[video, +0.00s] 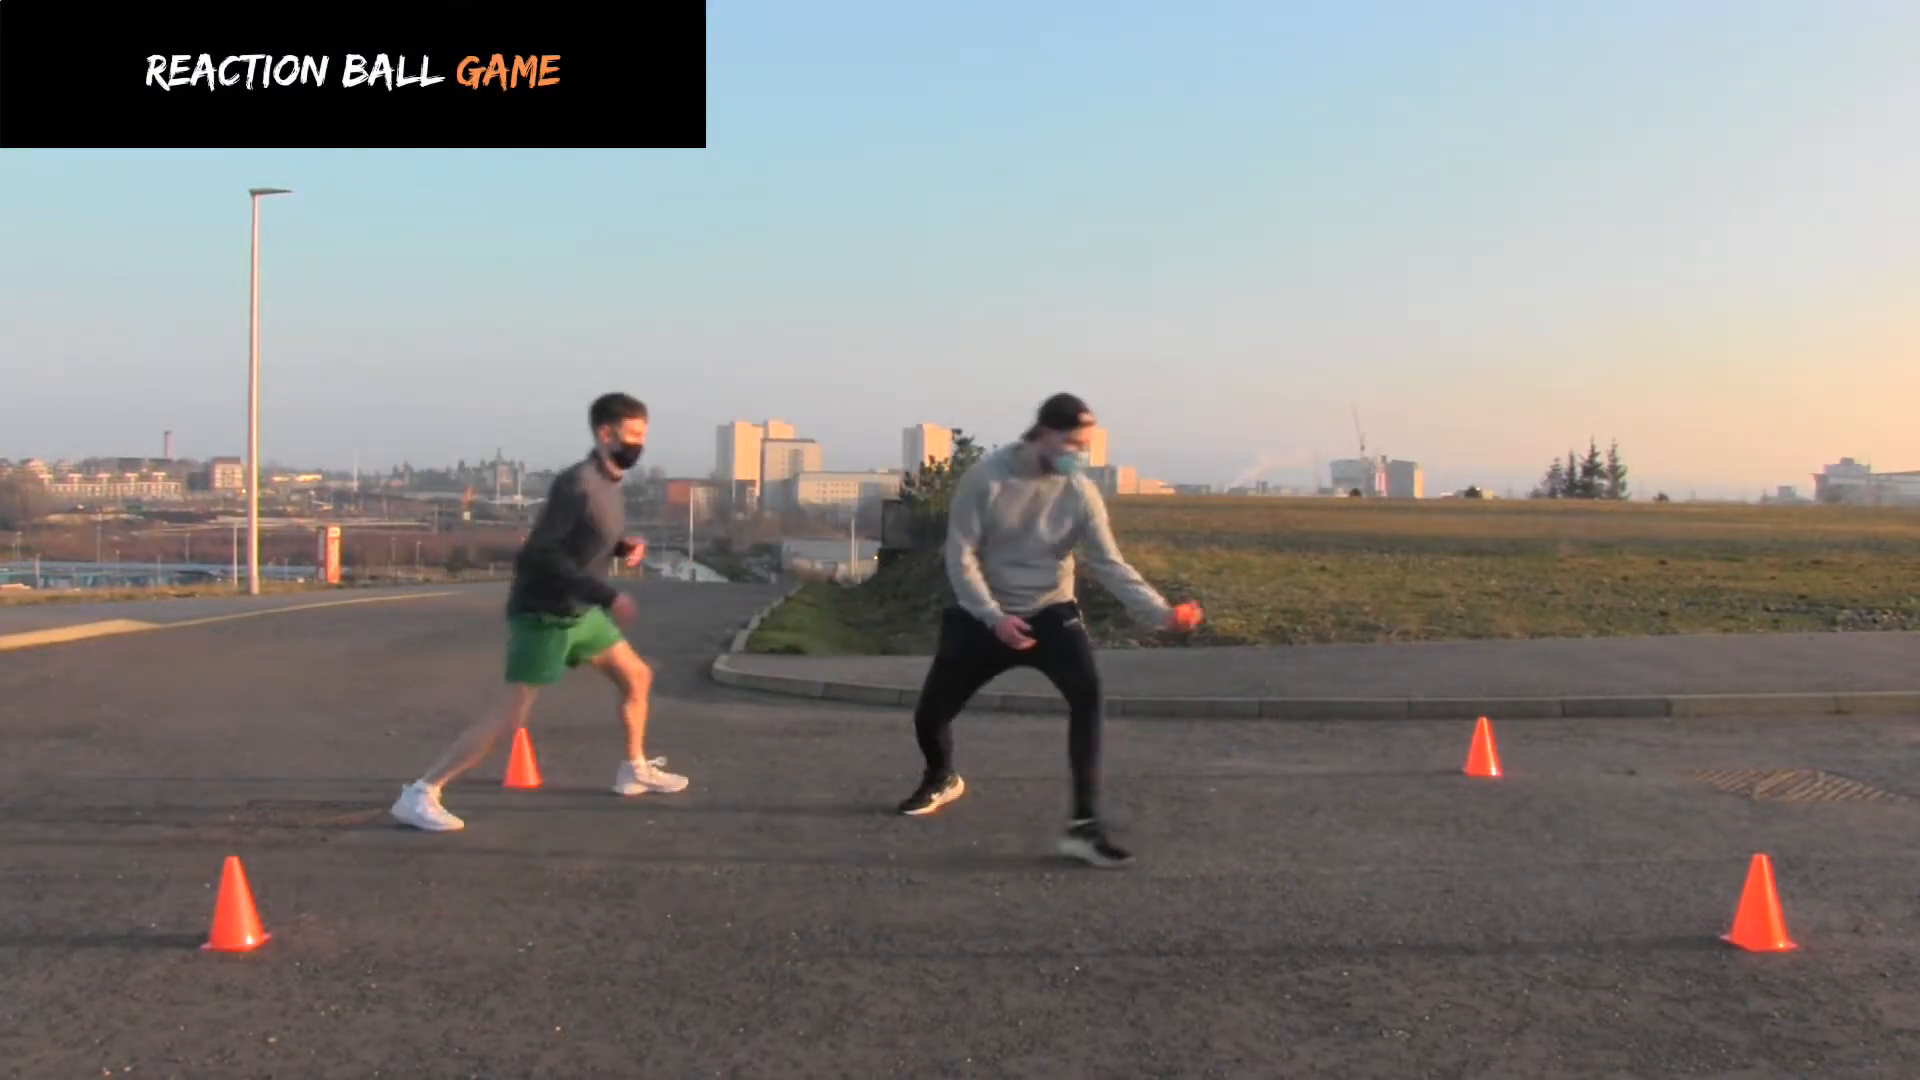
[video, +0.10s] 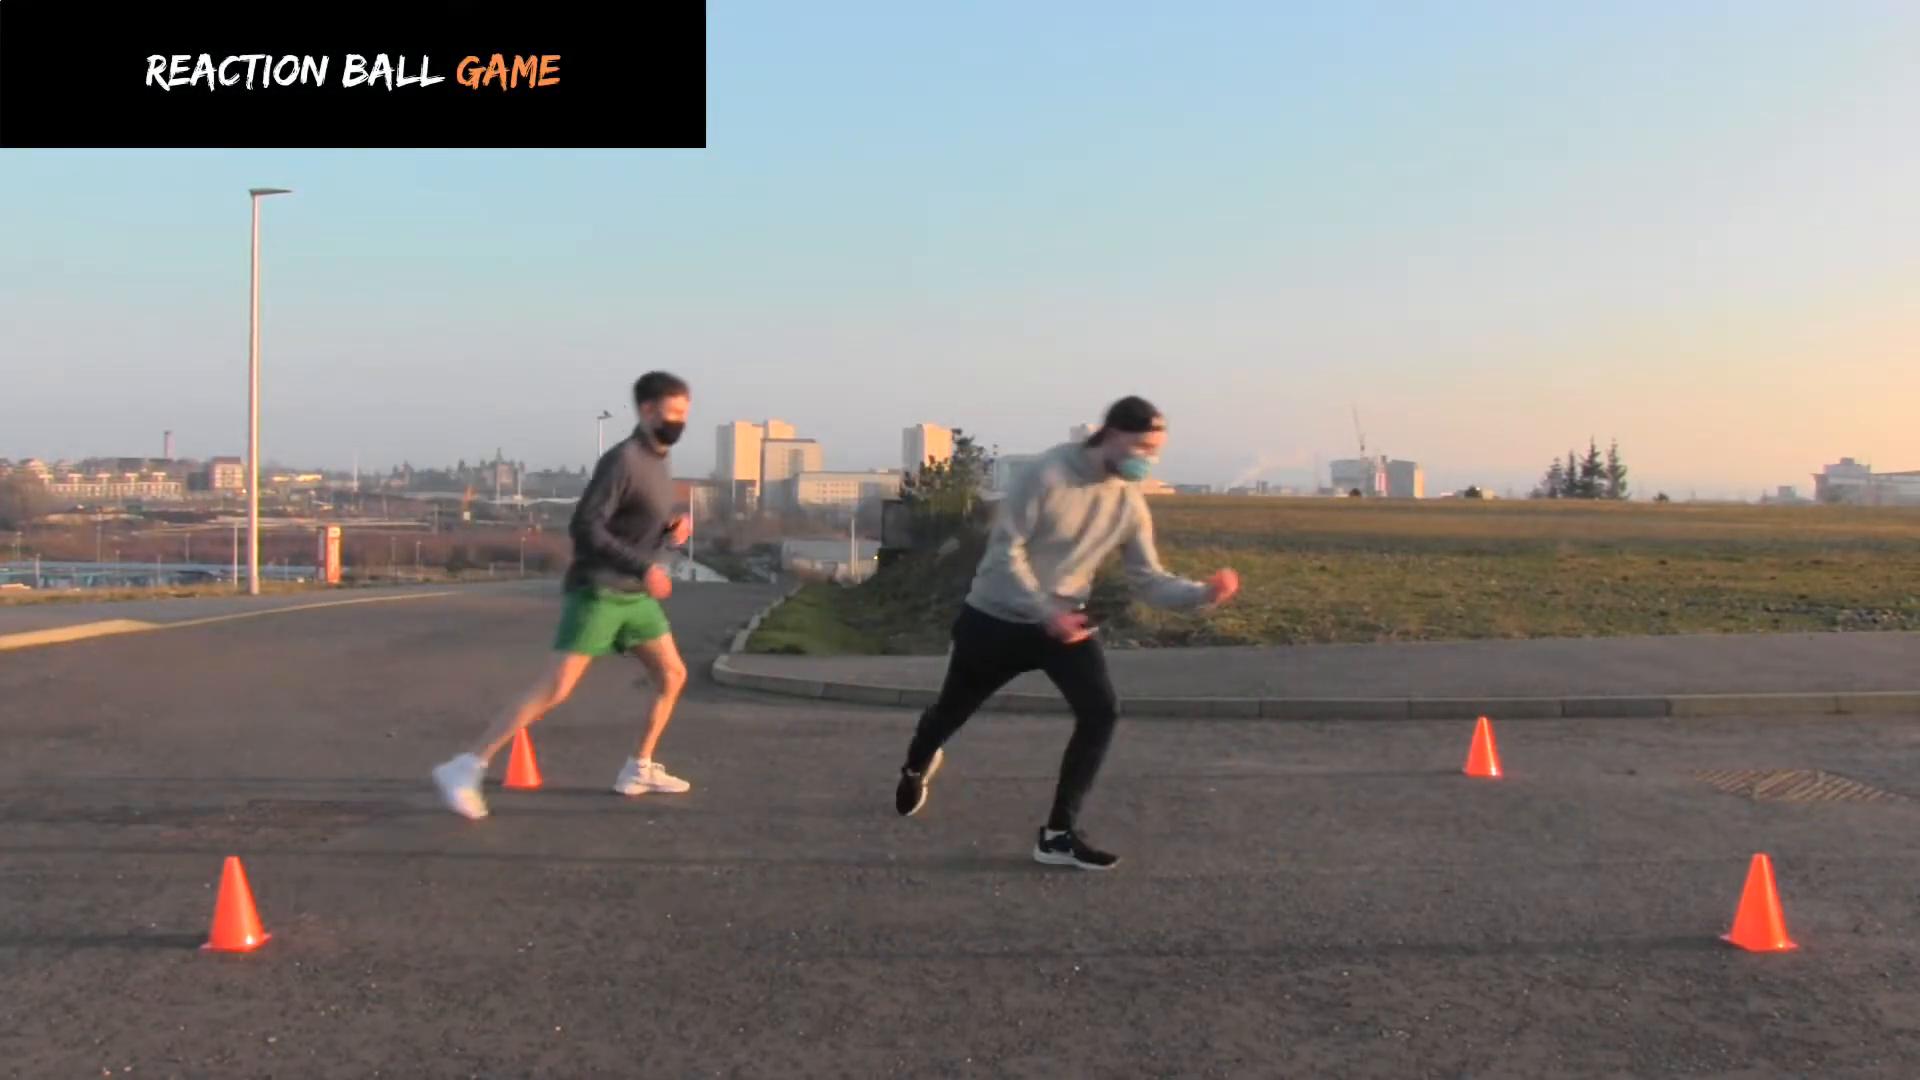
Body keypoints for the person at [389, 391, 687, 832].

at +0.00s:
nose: (639, 447)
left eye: (642, 438)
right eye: (632, 438)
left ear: (636, 436)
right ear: (604, 433)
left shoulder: (611, 484)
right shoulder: (575, 484)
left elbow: (591, 539)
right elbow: (541, 553)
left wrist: (621, 548)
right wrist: (606, 595)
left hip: (582, 612)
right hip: (541, 617)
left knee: (638, 678)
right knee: (510, 716)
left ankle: (635, 768)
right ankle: (421, 793)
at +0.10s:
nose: (678, 425)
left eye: (683, 416)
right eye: (670, 415)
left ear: (685, 414)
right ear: (644, 411)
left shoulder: (661, 464)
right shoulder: (621, 461)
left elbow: (642, 528)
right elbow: (587, 529)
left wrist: (669, 531)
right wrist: (641, 568)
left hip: (636, 594)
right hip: (596, 593)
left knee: (673, 675)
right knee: (557, 688)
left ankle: (640, 767)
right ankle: (466, 769)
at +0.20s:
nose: (704, 400)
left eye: (709, 392)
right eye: (695, 391)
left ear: (711, 391)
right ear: (672, 386)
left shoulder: (693, 438)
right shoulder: (644, 435)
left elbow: (677, 501)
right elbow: (603, 493)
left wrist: (702, 500)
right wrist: (662, 532)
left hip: (670, 571)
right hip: (629, 568)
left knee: (675, 667)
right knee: (596, 668)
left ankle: (642, 762)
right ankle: (534, 756)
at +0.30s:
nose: (742, 382)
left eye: (747, 375)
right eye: (735, 372)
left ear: (748, 373)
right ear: (711, 365)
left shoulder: (732, 417)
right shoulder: (678, 410)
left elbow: (716, 476)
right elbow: (635, 464)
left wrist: (740, 476)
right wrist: (687, 503)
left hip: (715, 547)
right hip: (672, 546)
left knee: (720, 652)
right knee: (663, 656)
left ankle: (673, 734)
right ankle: (635, 749)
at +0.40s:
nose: (765, 387)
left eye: (771, 380)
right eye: (758, 378)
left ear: (773, 381)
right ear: (734, 372)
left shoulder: (758, 423)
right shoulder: (704, 416)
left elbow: (744, 477)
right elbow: (661, 469)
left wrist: (766, 479)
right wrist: (712, 512)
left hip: (743, 551)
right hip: (699, 553)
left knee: (766, 649)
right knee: (696, 660)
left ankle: (722, 730)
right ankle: (676, 753)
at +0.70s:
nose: (884, 427)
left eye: (889, 419)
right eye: (875, 419)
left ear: (896, 418)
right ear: (856, 419)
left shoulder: (896, 472)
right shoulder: (835, 467)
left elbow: (899, 516)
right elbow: (798, 529)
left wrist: (911, 520)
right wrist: (830, 580)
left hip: (880, 591)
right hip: (833, 594)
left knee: (927, 666)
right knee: (790, 683)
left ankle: (914, 753)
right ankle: (715, 749)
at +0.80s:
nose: (913, 413)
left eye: (919, 405)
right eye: (904, 405)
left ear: (925, 402)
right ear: (885, 403)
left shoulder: (926, 451)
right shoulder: (863, 451)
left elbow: (929, 504)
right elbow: (828, 516)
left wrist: (942, 508)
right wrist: (861, 563)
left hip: (912, 581)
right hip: (866, 579)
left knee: (938, 664)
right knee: (833, 671)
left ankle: (915, 750)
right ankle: (769, 736)